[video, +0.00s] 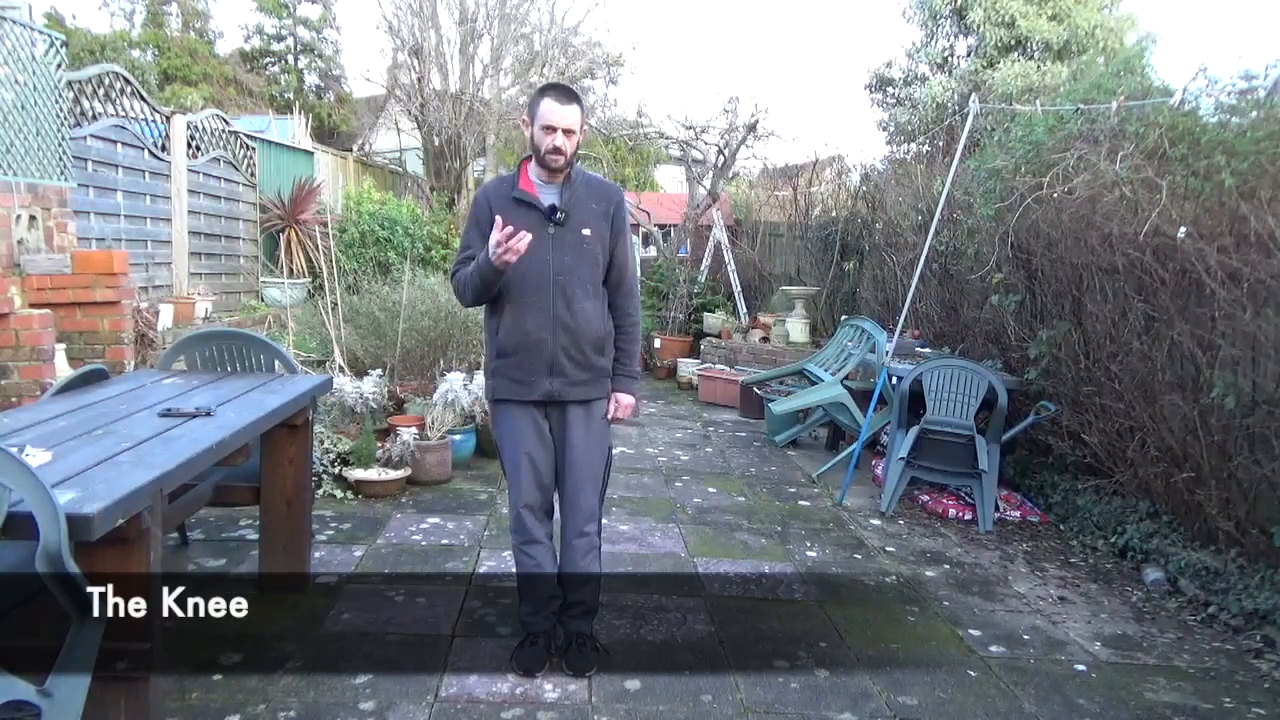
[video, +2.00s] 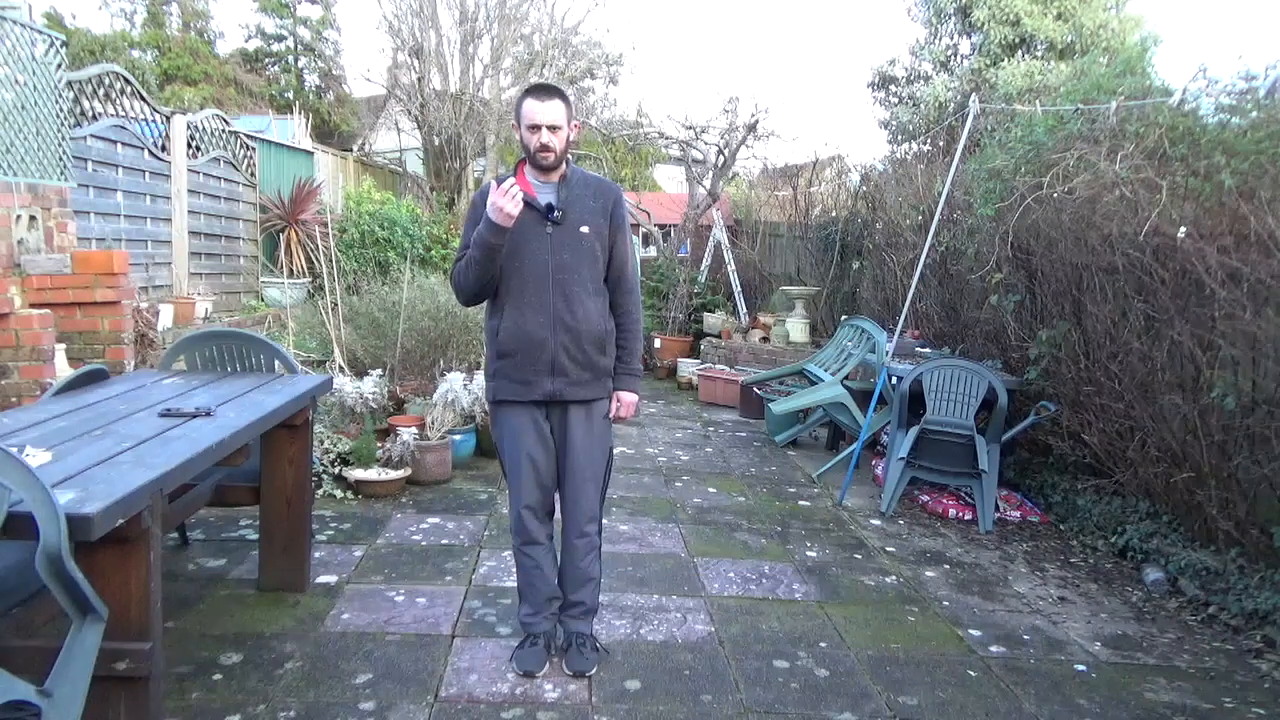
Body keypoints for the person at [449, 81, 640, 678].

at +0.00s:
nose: (558, 141)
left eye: (569, 132)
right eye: (549, 129)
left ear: (582, 135)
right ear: (529, 129)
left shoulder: (607, 198)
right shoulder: (493, 197)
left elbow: (625, 295)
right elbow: (466, 290)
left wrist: (626, 378)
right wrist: (495, 263)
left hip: (589, 378)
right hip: (516, 379)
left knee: (583, 508)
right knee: (528, 506)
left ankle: (579, 631)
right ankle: (535, 632)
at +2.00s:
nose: (543, 138)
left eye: (553, 128)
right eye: (533, 128)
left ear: (571, 130)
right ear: (519, 132)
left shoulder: (605, 197)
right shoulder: (492, 197)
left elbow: (625, 293)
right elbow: (467, 291)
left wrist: (628, 376)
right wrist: (496, 228)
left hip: (590, 378)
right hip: (516, 379)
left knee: (583, 514)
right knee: (529, 514)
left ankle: (579, 627)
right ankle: (535, 629)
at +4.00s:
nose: (536, 141)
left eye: (545, 130)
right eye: (525, 132)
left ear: (564, 129)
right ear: (511, 135)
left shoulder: (599, 195)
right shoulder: (487, 200)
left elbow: (621, 291)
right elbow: (465, 294)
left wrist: (624, 375)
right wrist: (487, 244)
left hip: (586, 378)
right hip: (512, 380)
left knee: (581, 513)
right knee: (526, 513)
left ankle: (580, 625)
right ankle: (535, 627)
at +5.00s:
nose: (535, 140)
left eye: (544, 129)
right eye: (524, 131)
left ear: (563, 130)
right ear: (511, 134)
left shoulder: (597, 195)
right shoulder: (484, 200)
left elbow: (619, 291)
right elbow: (465, 278)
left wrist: (622, 373)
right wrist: (472, 306)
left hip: (584, 378)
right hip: (512, 380)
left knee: (581, 513)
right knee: (526, 513)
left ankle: (580, 626)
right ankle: (535, 627)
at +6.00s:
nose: (560, 143)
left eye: (568, 136)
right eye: (550, 132)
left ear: (576, 141)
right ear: (524, 130)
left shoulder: (594, 194)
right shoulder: (484, 199)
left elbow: (614, 288)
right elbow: (465, 297)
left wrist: (620, 366)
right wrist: (473, 372)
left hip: (585, 373)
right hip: (512, 376)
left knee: (591, 492)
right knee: (524, 502)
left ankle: (578, 587)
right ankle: (536, 622)